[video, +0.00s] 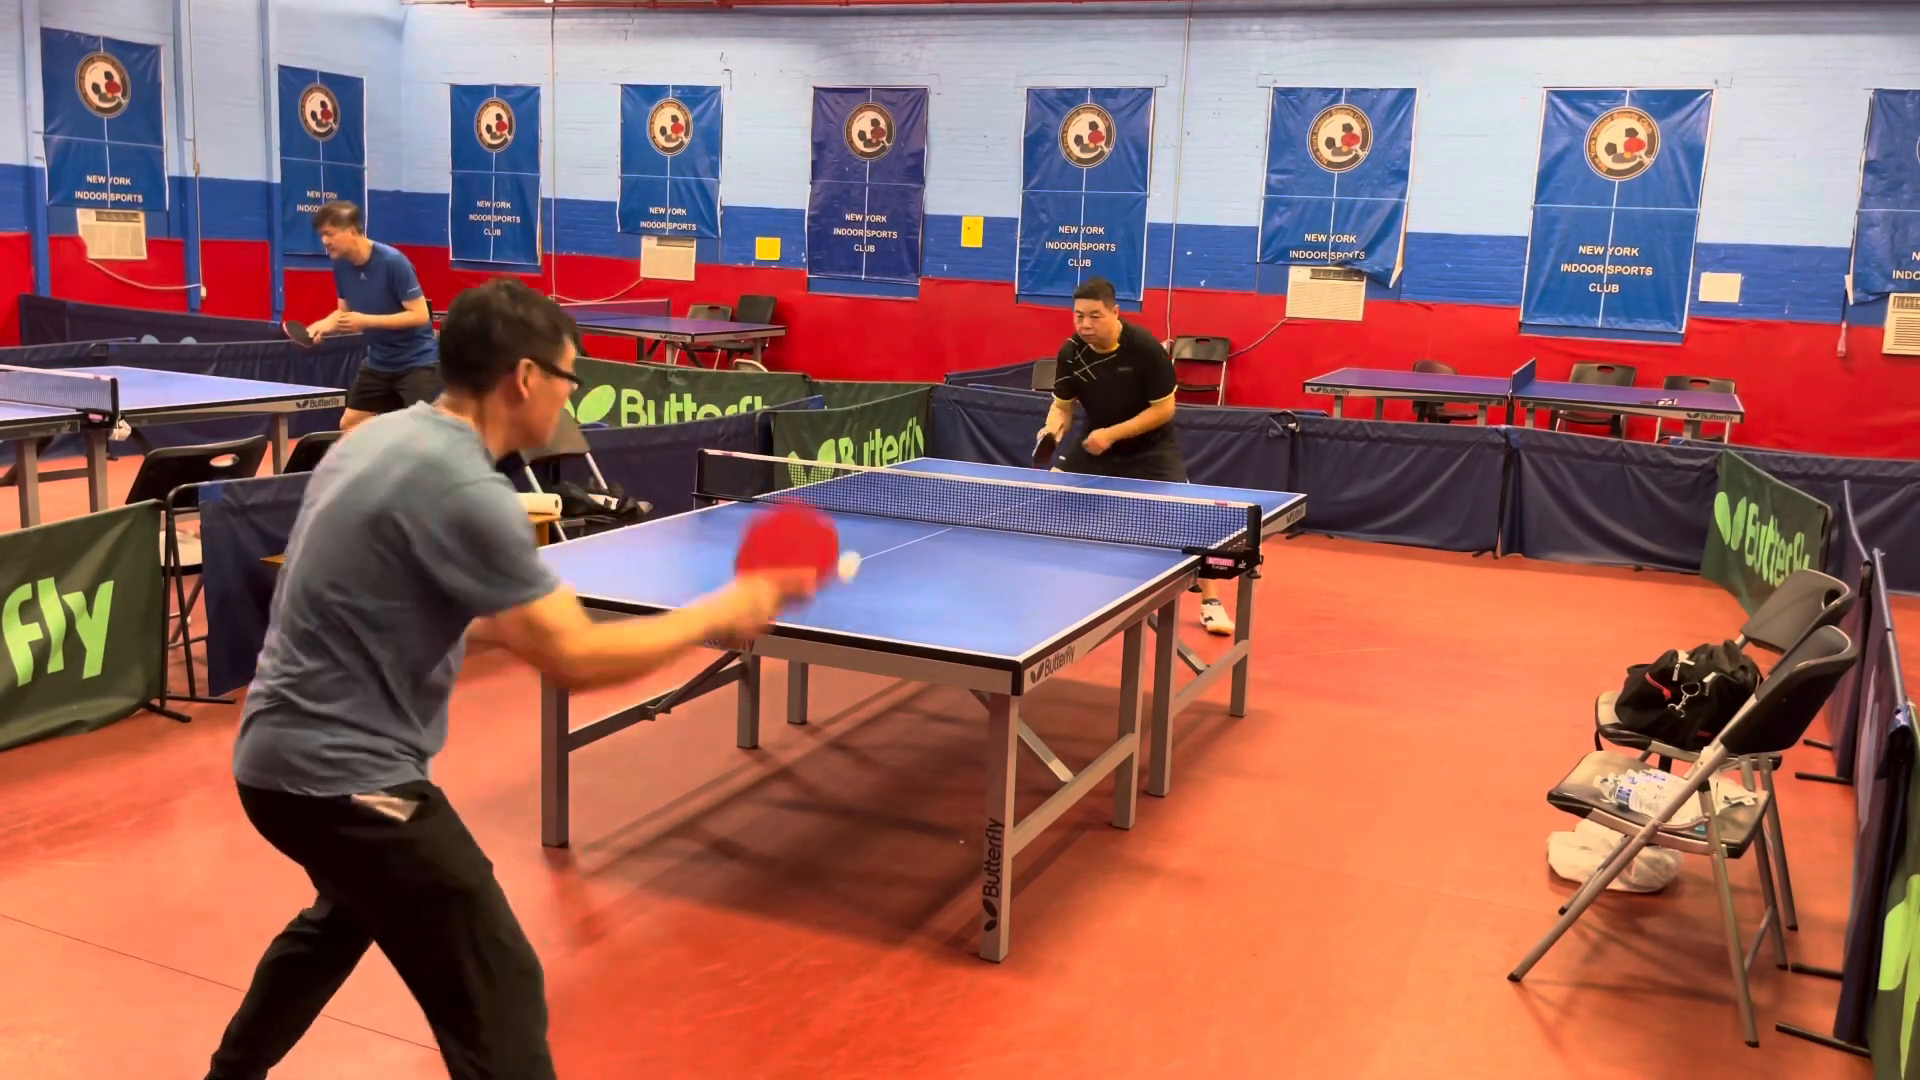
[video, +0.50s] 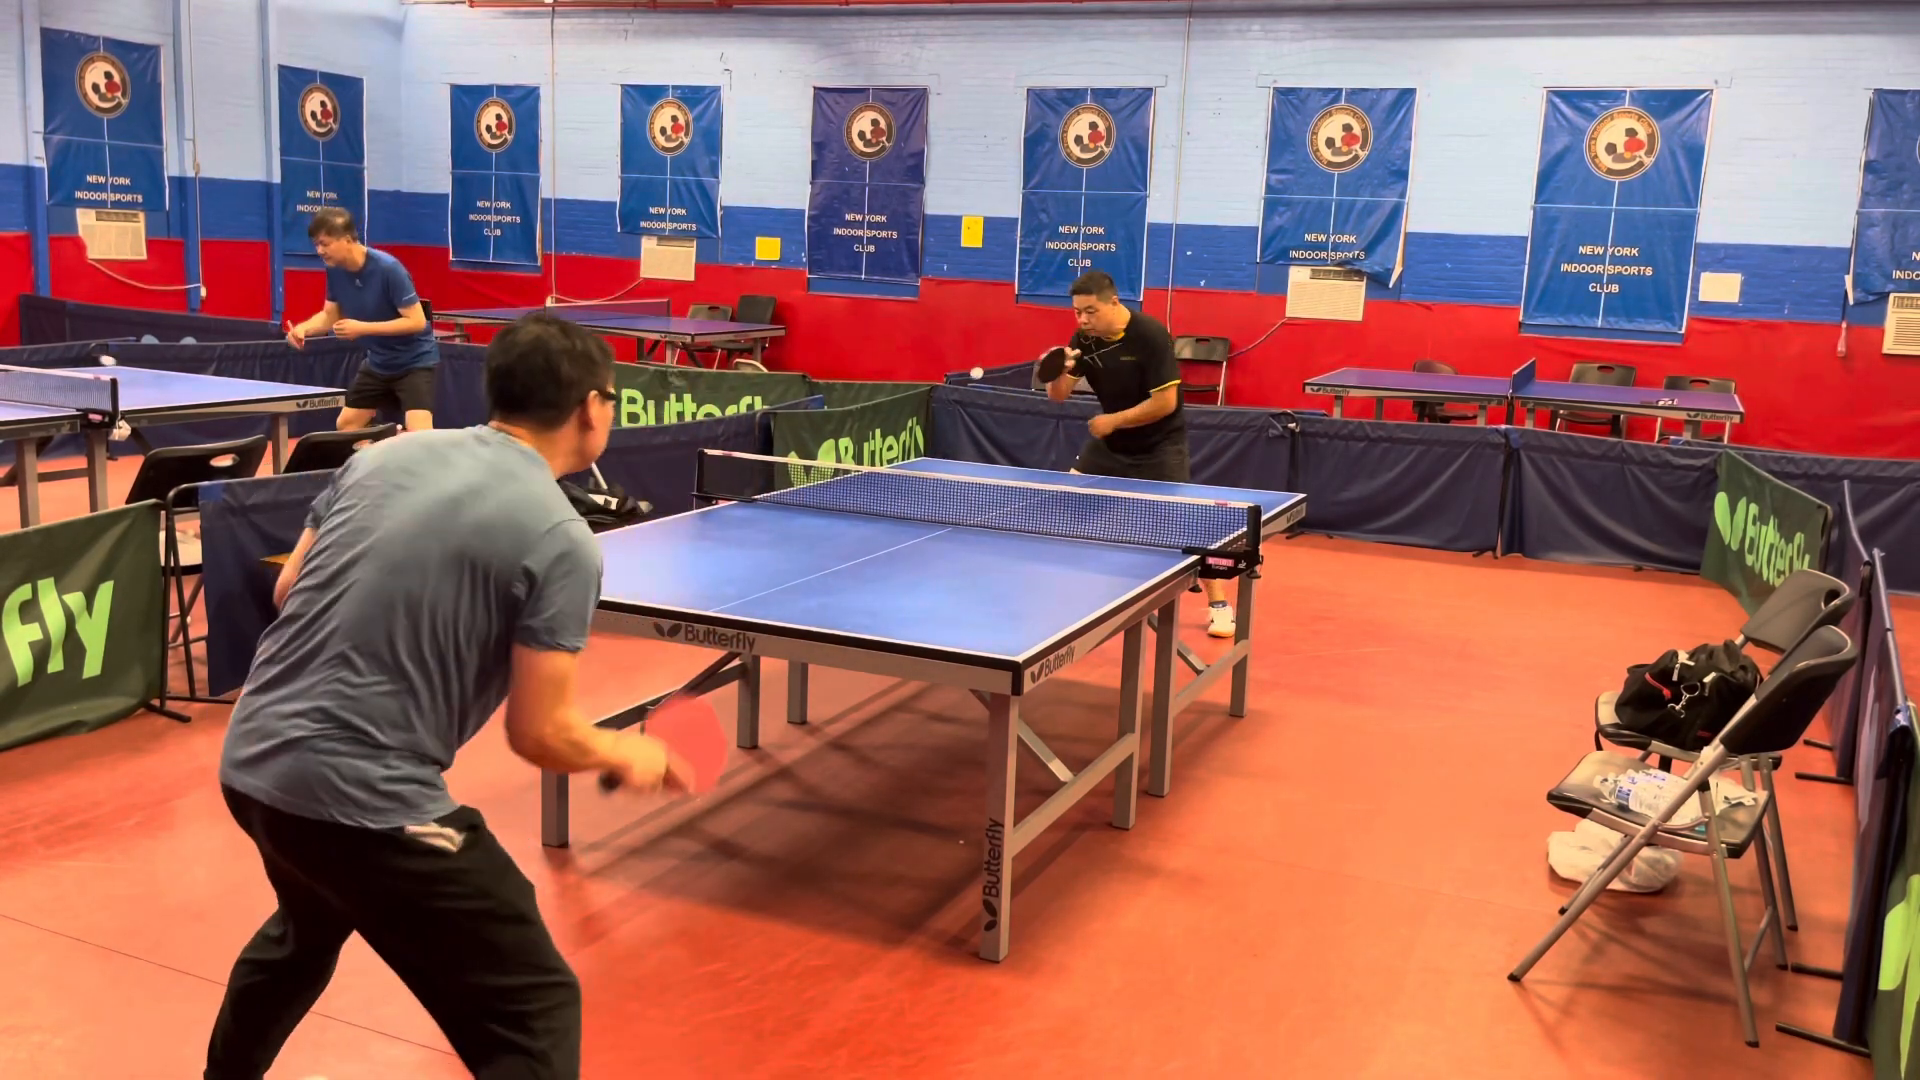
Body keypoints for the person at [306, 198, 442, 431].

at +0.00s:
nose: (324, 242)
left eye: (329, 234)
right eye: (322, 236)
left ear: (352, 231)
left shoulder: (394, 262)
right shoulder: (341, 265)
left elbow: (421, 316)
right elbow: (345, 311)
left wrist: (364, 321)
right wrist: (324, 325)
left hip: (417, 362)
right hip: (377, 362)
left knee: (424, 429)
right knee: (350, 425)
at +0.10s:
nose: (326, 238)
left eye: (331, 231)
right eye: (324, 232)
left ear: (353, 229)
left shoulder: (395, 260)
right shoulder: (341, 263)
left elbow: (418, 312)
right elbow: (344, 308)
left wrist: (364, 319)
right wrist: (322, 324)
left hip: (409, 365)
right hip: (373, 363)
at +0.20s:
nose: (327, 235)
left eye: (332, 228)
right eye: (325, 229)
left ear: (355, 226)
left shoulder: (395, 259)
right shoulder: (342, 262)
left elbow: (417, 312)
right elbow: (342, 306)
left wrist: (364, 316)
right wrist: (317, 320)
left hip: (406, 366)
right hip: (370, 365)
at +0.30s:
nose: (326, 234)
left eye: (332, 226)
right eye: (325, 227)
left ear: (355, 224)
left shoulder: (395, 258)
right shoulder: (341, 259)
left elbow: (419, 311)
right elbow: (337, 306)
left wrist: (364, 314)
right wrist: (305, 315)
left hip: (405, 362)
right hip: (370, 361)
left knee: (417, 427)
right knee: (350, 426)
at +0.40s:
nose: (324, 238)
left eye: (329, 231)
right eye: (322, 232)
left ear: (352, 229)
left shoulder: (392, 261)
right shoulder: (339, 262)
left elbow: (418, 314)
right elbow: (332, 307)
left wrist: (363, 318)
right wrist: (302, 315)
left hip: (411, 359)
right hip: (373, 359)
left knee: (418, 430)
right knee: (349, 424)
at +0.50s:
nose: (319, 251)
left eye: (324, 244)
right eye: (317, 245)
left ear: (347, 240)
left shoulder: (390, 269)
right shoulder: (335, 271)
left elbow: (417, 322)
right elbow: (331, 315)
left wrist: (363, 328)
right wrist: (304, 327)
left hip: (415, 360)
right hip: (377, 361)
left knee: (419, 433)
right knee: (346, 424)